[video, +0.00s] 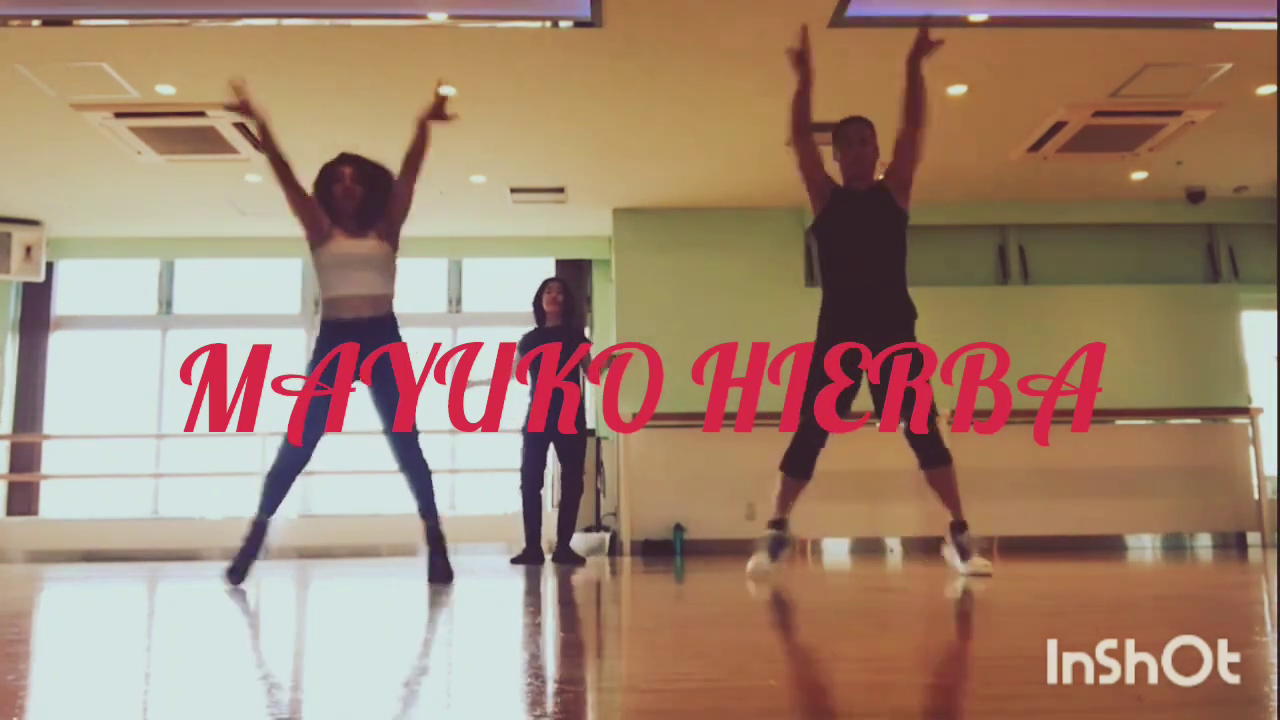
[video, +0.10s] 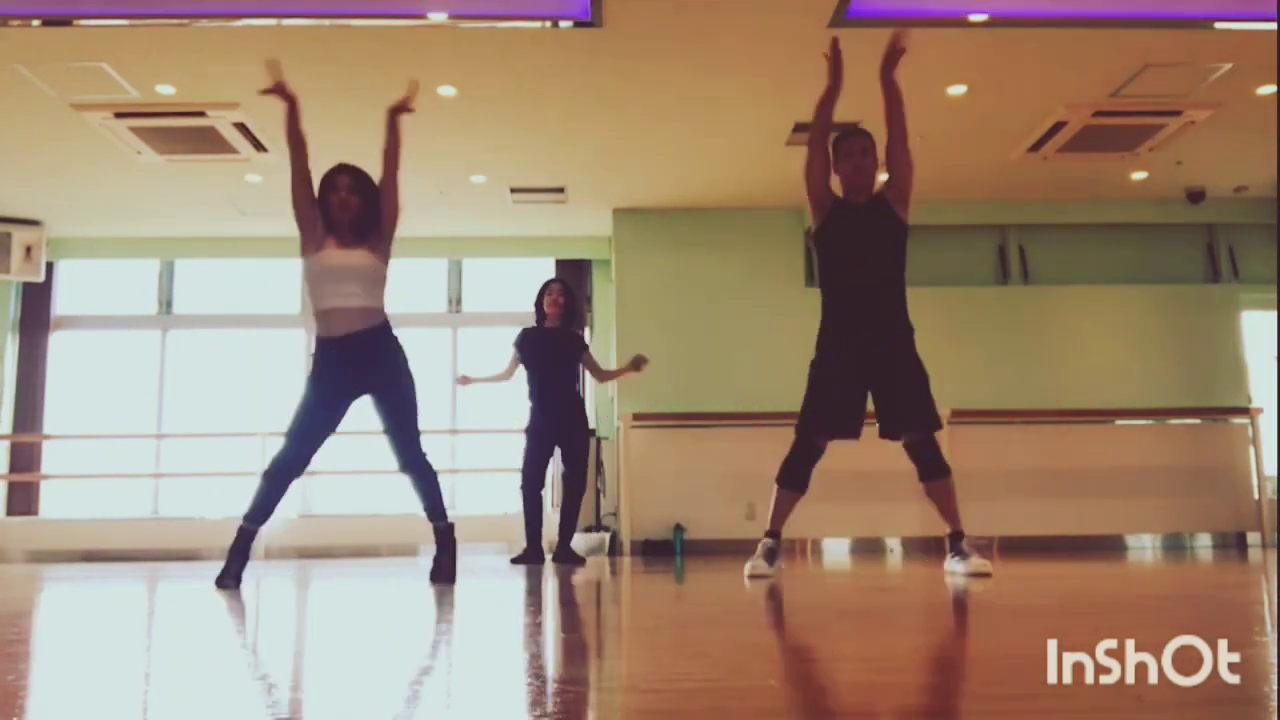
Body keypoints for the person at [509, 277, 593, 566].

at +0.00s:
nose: (554, 297)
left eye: (560, 292)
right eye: (549, 292)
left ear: (568, 300)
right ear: (540, 300)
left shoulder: (578, 338)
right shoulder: (530, 338)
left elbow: (593, 376)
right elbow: (520, 376)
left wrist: (600, 361)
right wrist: (524, 357)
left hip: (571, 418)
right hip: (538, 417)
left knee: (573, 483)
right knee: (530, 483)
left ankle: (563, 547)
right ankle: (532, 547)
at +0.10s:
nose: (555, 299)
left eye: (561, 295)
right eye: (550, 294)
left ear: (568, 302)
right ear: (541, 300)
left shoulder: (574, 339)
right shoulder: (528, 336)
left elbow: (600, 376)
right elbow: (507, 374)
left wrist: (629, 369)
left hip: (574, 420)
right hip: (541, 420)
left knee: (575, 486)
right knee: (530, 486)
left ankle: (563, 548)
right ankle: (533, 548)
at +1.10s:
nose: (556, 301)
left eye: (561, 297)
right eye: (551, 297)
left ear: (569, 304)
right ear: (542, 305)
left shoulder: (580, 336)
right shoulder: (530, 341)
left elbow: (600, 367)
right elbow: (511, 364)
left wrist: (619, 388)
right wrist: (499, 379)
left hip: (568, 421)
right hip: (535, 420)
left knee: (574, 485)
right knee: (523, 483)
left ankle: (563, 548)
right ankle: (531, 548)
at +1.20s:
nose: (559, 288)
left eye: (563, 284)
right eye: (554, 283)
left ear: (569, 290)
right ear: (544, 288)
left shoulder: (580, 320)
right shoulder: (531, 322)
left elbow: (581, 359)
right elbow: (525, 363)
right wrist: (537, 396)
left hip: (571, 402)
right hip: (541, 402)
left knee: (572, 474)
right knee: (534, 474)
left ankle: (567, 541)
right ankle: (533, 543)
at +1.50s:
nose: (562, 322)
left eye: (568, 317)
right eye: (557, 317)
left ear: (577, 324)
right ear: (548, 324)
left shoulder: (589, 359)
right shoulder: (538, 364)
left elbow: (598, 400)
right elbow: (528, 401)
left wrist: (570, 416)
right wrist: (549, 421)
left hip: (582, 431)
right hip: (551, 430)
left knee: (598, 490)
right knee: (536, 491)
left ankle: (585, 547)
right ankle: (553, 547)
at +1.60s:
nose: (565, 340)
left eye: (571, 335)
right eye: (560, 335)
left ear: (579, 343)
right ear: (552, 343)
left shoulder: (591, 379)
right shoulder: (541, 383)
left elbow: (601, 422)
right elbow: (530, 424)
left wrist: (586, 448)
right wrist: (541, 451)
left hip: (583, 451)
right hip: (551, 452)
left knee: (607, 500)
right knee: (526, 503)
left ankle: (586, 548)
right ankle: (552, 548)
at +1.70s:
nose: (569, 359)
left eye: (574, 355)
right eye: (563, 354)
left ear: (583, 361)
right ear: (555, 361)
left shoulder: (593, 397)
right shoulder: (543, 400)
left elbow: (608, 436)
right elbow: (527, 433)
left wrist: (601, 470)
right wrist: (532, 471)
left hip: (584, 474)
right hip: (552, 474)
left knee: (612, 504)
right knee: (519, 507)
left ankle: (587, 546)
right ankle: (551, 546)